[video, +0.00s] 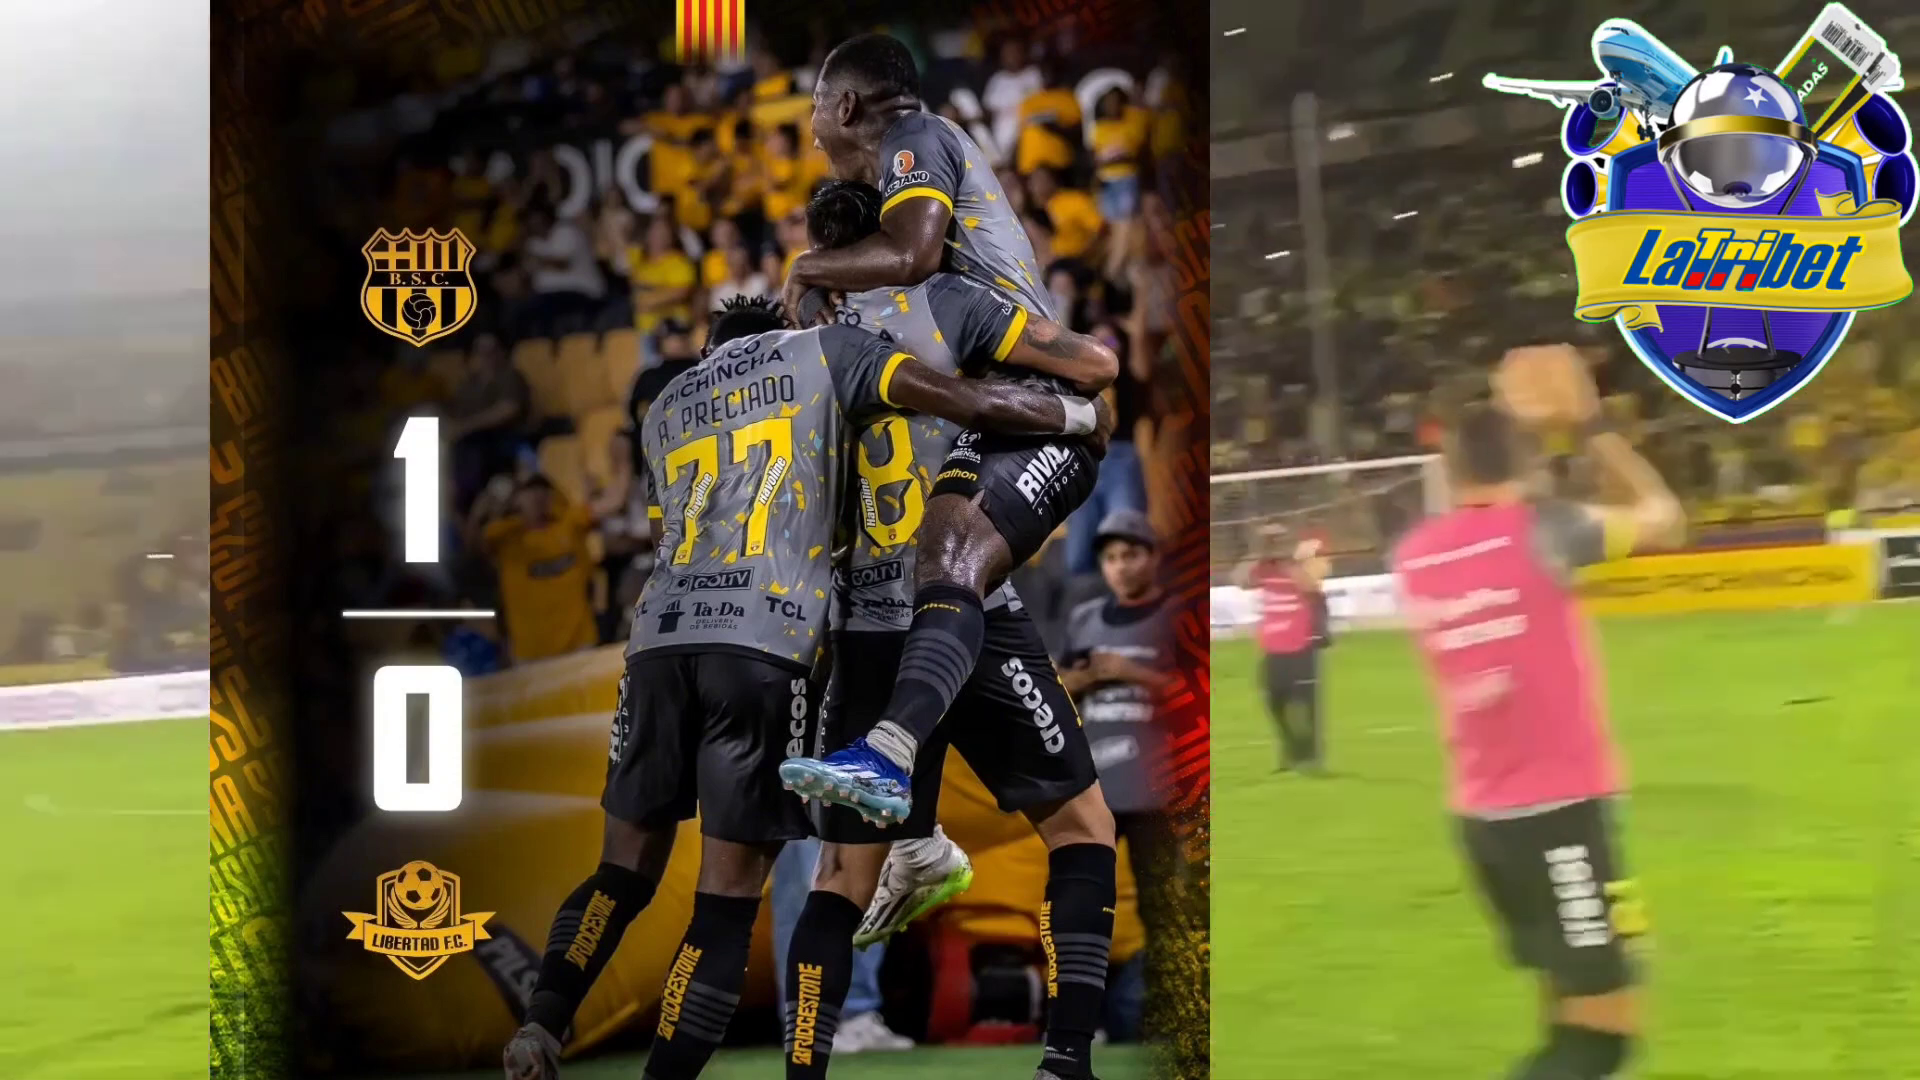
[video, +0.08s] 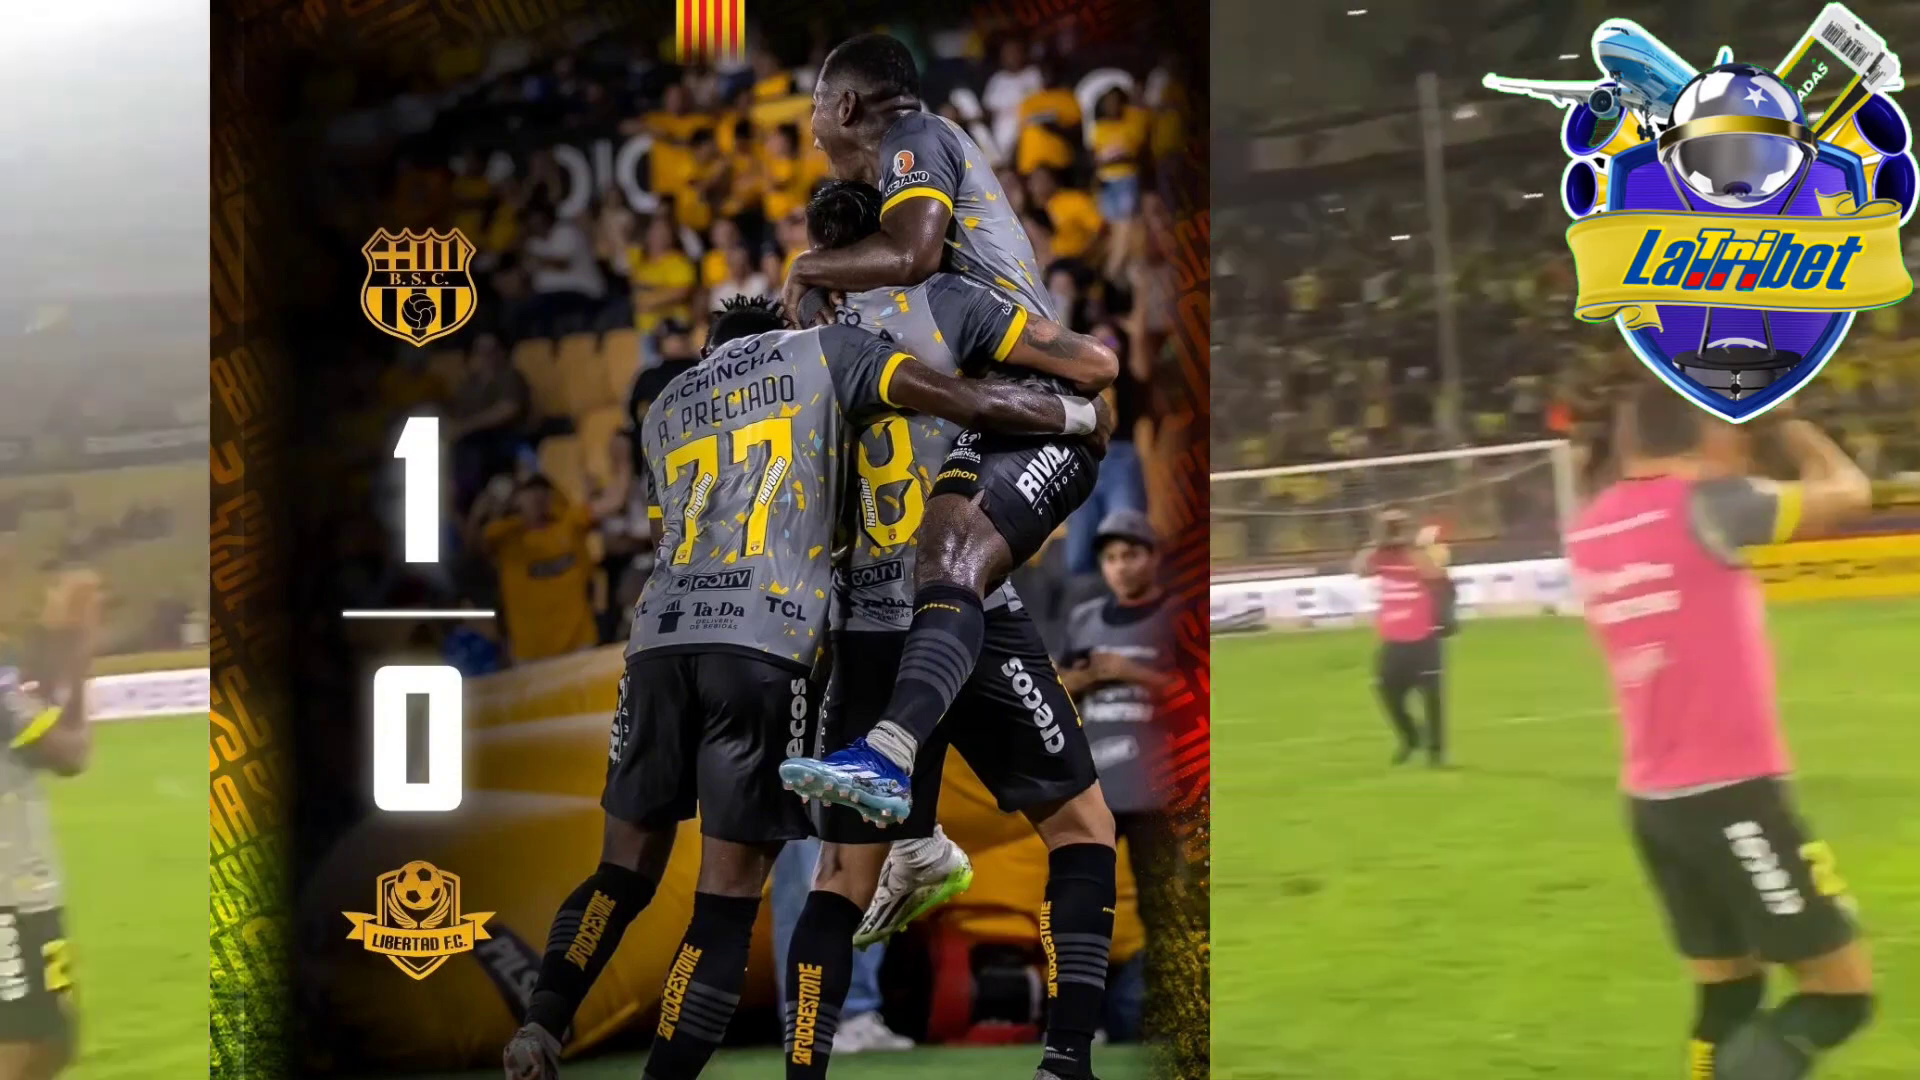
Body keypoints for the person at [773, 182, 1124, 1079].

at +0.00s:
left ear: (820, 253)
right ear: (899, 236)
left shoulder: (801, 330)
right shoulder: (951, 295)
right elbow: (1087, 367)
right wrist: (1095, 358)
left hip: (851, 619)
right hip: (961, 615)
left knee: (848, 861)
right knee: (1082, 827)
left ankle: (802, 1062)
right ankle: (1066, 1059)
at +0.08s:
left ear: (821, 256)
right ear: (898, 237)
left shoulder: (801, 333)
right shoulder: (950, 295)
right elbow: (1089, 367)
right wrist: (1088, 352)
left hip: (852, 619)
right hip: (962, 616)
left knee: (848, 861)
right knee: (1082, 827)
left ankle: (802, 1062)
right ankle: (1067, 1058)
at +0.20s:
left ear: (819, 252)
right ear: (898, 234)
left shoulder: (801, 332)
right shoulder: (950, 294)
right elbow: (1085, 367)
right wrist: (1097, 357)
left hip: (852, 619)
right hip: (961, 615)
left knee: (848, 861)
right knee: (1082, 827)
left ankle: (802, 1063)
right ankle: (1066, 1060)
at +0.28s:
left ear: (821, 256)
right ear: (898, 237)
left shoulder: (802, 334)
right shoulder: (951, 295)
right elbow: (1092, 367)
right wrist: (1080, 351)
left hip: (852, 619)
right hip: (961, 616)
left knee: (848, 861)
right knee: (1081, 827)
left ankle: (802, 1062)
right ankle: (1066, 1058)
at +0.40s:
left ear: (821, 256)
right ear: (898, 237)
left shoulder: (803, 334)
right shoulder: (951, 295)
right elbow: (1089, 367)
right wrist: (1086, 351)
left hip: (853, 619)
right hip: (962, 616)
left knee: (848, 862)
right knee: (1082, 827)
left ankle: (802, 1063)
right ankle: (1067, 1059)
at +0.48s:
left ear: (822, 257)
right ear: (899, 238)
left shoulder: (803, 334)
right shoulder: (952, 296)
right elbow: (1091, 367)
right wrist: (1081, 348)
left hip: (853, 619)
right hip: (964, 616)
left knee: (848, 861)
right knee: (1082, 827)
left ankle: (802, 1063)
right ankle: (1067, 1056)